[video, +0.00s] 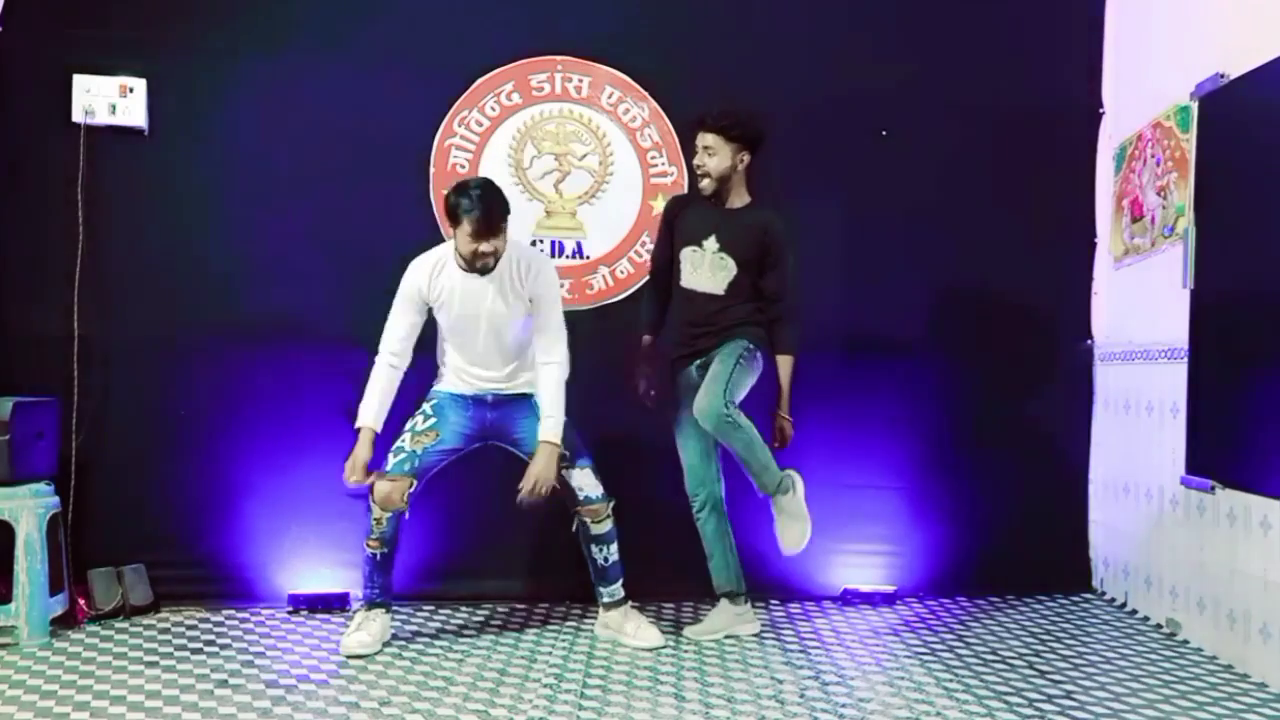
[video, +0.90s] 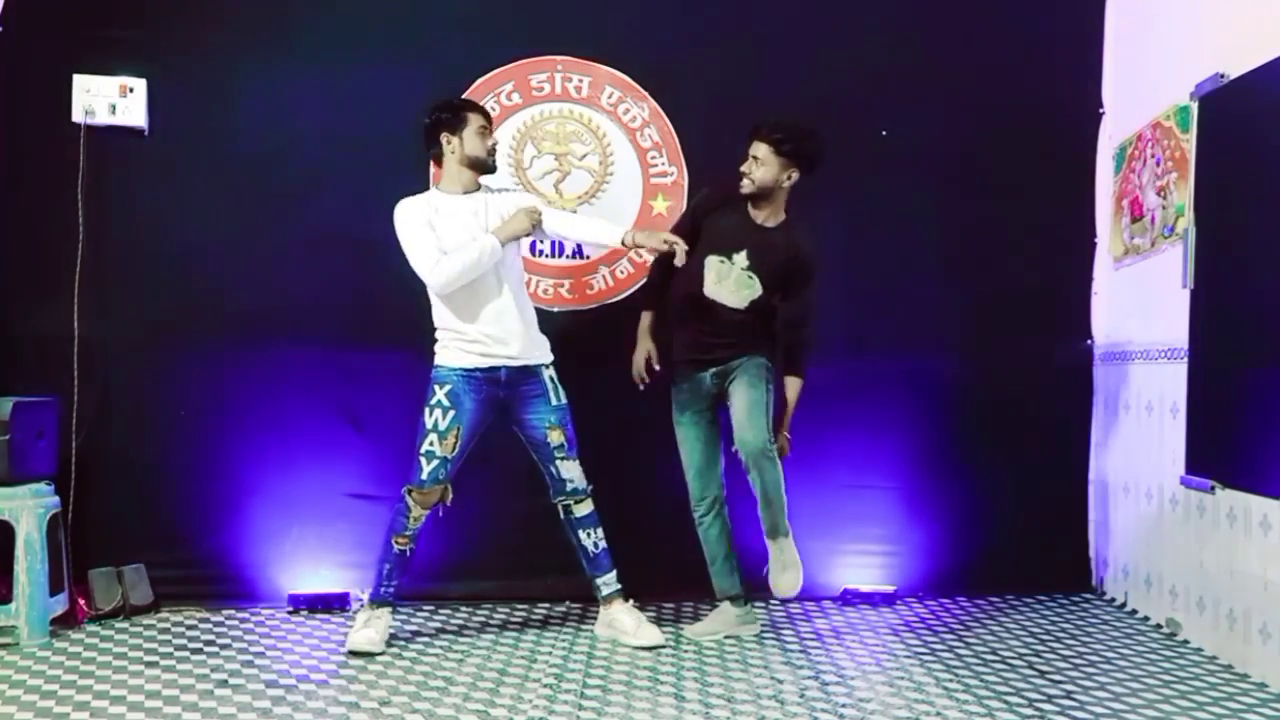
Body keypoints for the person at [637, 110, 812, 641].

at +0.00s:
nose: (699, 161)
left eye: (710, 152)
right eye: (697, 151)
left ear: (741, 158)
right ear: (696, 156)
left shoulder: (764, 224)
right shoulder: (680, 211)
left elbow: (781, 315)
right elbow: (659, 286)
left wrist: (785, 404)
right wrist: (647, 352)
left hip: (740, 346)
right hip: (688, 356)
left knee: (710, 408)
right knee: (703, 491)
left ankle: (781, 490)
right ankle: (733, 604)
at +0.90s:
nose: (746, 168)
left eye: (758, 163)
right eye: (747, 158)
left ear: (789, 176)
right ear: (745, 162)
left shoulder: (792, 251)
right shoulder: (712, 207)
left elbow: (796, 339)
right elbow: (662, 266)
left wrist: (786, 421)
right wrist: (644, 335)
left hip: (746, 363)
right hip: (688, 367)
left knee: (753, 443)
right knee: (704, 496)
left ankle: (779, 543)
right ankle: (731, 605)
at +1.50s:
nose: (734, 144)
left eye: (742, 133)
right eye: (735, 133)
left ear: (774, 139)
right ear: (764, 141)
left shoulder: (823, 213)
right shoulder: (741, 209)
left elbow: (855, 311)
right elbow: (737, 300)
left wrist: (840, 398)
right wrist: (720, 368)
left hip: (795, 379)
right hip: (735, 376)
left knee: (799, 505)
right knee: (728, 498)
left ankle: (802, 623)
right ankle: (737, 607)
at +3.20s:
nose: (725, 138)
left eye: (735, 129)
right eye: (727, 130)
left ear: (770, 137)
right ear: (752, 140)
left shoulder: (808, 202)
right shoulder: (728, 209)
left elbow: (873, 268)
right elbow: (702, 270)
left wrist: (804, 313)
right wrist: (712, 316)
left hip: (784, 372)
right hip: (730, 372)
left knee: (797, 503)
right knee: (738, 498)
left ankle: (802, 623)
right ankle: (742, 609)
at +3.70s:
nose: (714, 142)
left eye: (725, 132)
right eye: (716, 132)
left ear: (759, 139)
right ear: (745, 142)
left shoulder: (796, 202)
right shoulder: (721, 211)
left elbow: (825, 279)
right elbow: (711, 281)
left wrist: (748, 302)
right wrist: (711, 317)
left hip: (777, 377)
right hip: (724, 378)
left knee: (790, 503)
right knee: (733, 499)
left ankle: (802, 622)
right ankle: (741, 609)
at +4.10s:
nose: (702, 145)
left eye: (712, 136)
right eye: (702, 136)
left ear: (747, 143)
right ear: (724, 146)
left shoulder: (773, 206)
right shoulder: (724, 209)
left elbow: (739, 286)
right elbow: (713, 278)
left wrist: (672, 257)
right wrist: (665, 254)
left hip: (762, 370)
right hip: (722, 371)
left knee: (752, 487)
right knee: (726, 493)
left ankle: (797, 615)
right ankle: (741, 610)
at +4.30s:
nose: (697, 150)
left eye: (709, 139)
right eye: (693, 140)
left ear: (742, 145)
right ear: (696, 146)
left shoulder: (766, 199)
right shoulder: (713, 208)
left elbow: (713, 236)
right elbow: (672, 239)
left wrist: (645, 187)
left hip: (764, 371)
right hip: (727, 371)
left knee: (762, 499)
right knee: (730, 498)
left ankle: (759, 634)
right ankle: (738, 609)